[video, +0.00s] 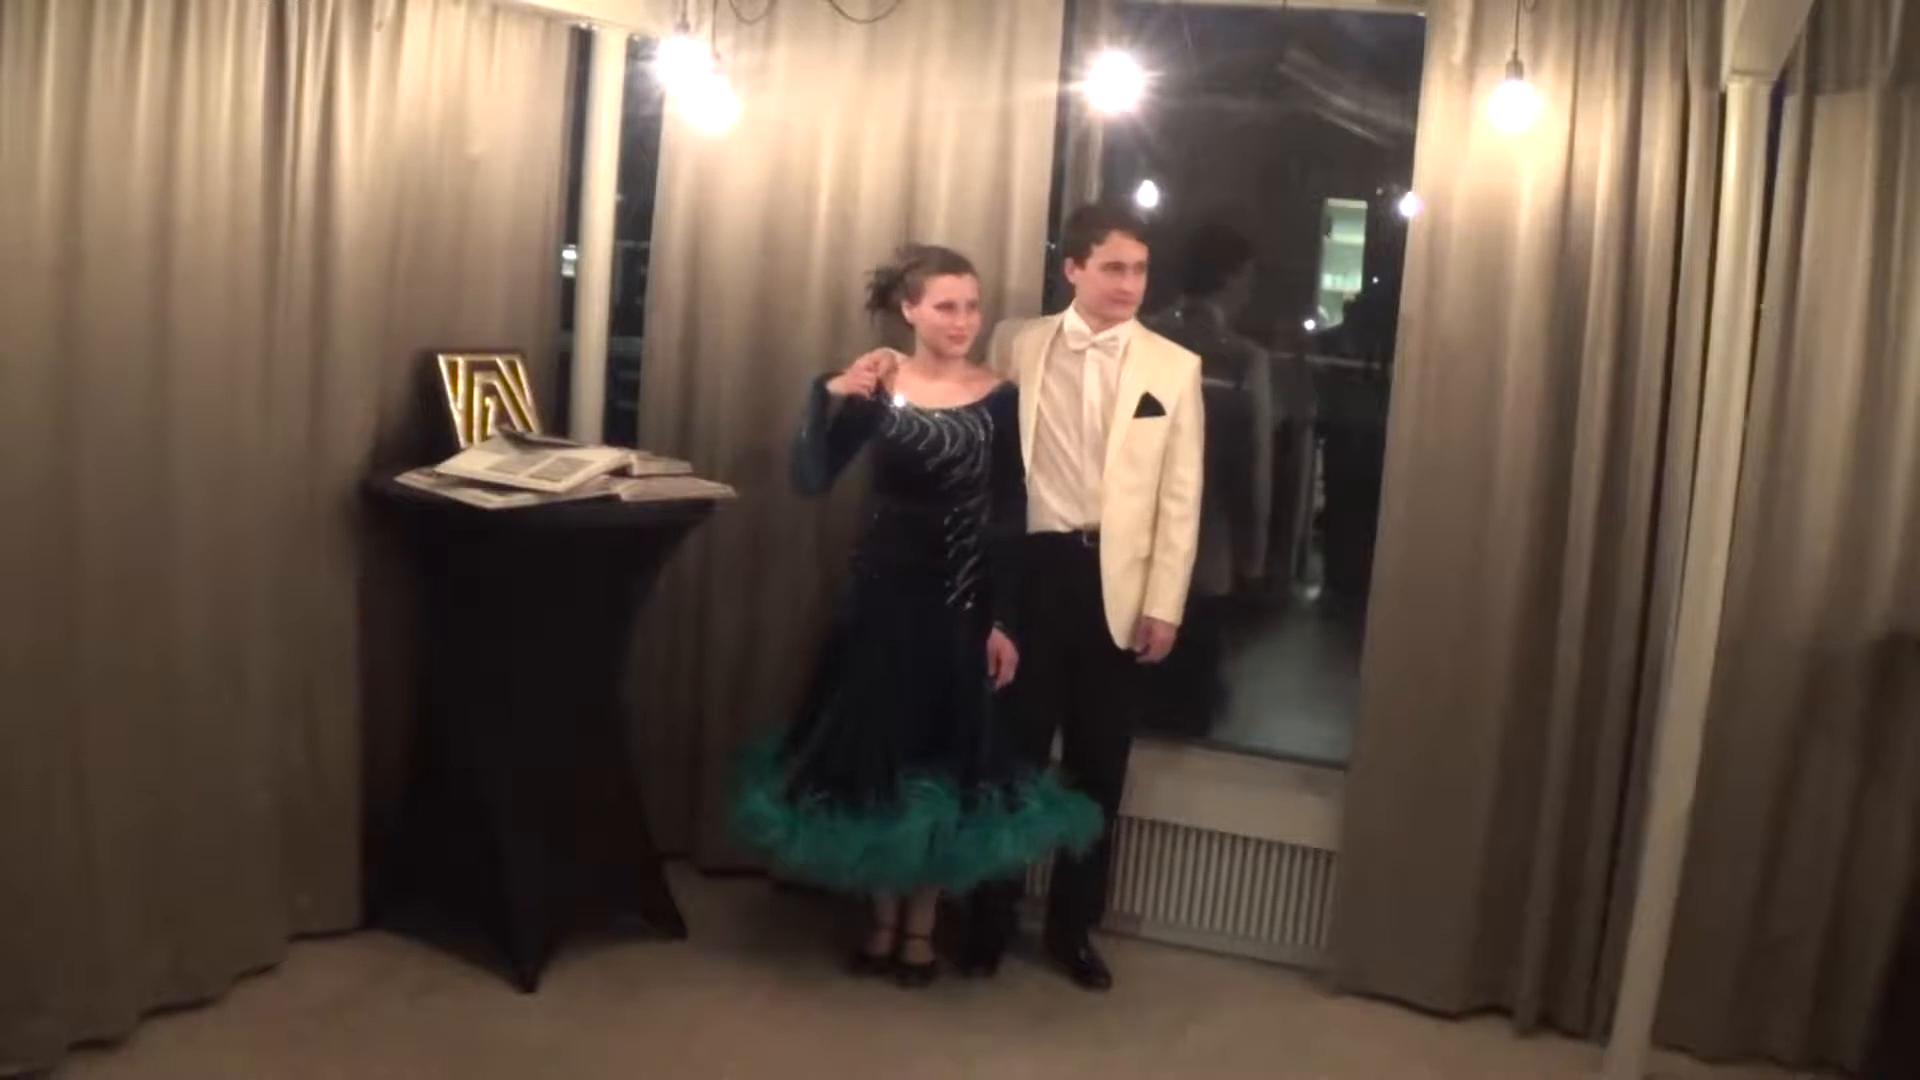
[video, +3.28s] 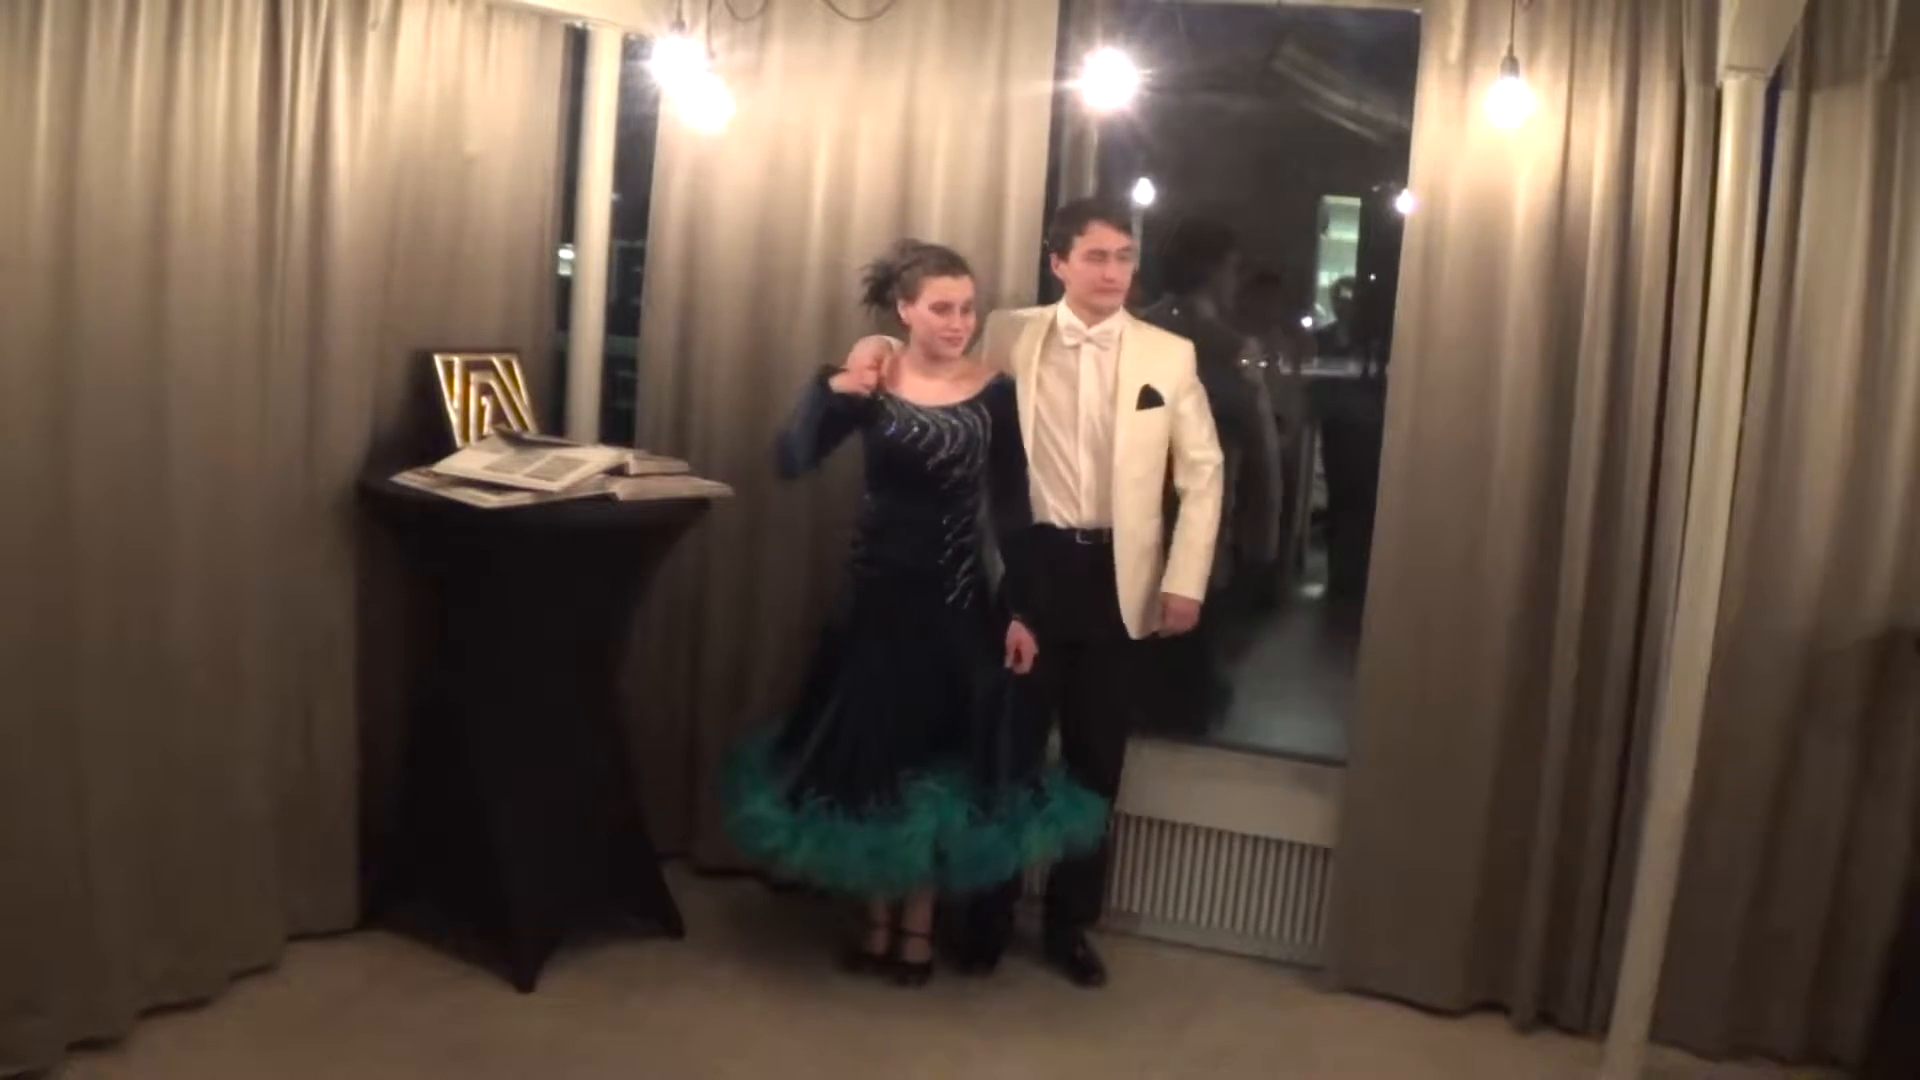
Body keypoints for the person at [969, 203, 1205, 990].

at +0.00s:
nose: (1129, 284)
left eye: (1140, 271)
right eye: (1114, 267)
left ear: (1151, 281)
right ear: (1072, 271)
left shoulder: (1176, 369)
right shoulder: (1018, 344)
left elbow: (1182, 498)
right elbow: (976, 454)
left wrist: (1165, 603)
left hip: (1114, 580)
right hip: (1024, 569)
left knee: (1099, 762)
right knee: (1010, 745)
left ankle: (1073, 929)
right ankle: (984, 922)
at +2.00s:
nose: (1128, 275)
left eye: (1137, 263)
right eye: (1113, 259)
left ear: (1144, 274)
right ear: (1068, 262)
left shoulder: (1167, 362)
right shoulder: (1009, 343)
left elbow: (1181, 487)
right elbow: (969, 455)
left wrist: (1173, 590)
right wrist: (965, 566)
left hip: (1116, 574)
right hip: (1022, 566)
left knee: (1097, 755)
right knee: (1008, 741)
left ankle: (1071, 927)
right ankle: (981, 921)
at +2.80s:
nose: (1124, 275)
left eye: (1133, 262)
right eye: (1109, 259)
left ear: (1141, 272)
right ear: (1064, 262)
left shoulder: (1163, 362)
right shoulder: (1007, 343)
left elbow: (1177, 485)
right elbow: (967, 457)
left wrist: (1169, 588)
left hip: (1114, 575)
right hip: (1020, 567)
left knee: (1094, 756)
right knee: (1005, 742)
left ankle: (1071, 926)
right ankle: (980, 921)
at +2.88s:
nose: (1124, 274)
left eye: (1133, 262)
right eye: (1109, 258)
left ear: (1140, 273)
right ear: (1064, 262)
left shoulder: (1162, 362)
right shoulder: (1007, 342)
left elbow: (1177, 485)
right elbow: (966, 453)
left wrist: (1169, 588)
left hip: (1114, 576)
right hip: (1020, 567)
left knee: (1094, 756)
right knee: (1006, 742)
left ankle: (1071, 926)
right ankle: (980, 920)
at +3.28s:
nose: (1112, 271)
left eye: (1123, 257)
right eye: (1097, 257)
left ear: (1135, 266)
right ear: (1059, 263)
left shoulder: (1167, 355)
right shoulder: (1009, 333)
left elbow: (1202, 475)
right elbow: (941, 375)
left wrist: (1185, 580)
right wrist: (879, 358)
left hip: (1116, 572)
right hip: (1023, 561)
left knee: (1097, 754)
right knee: (1009, 739)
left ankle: (1070, 926)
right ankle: (984, 922)